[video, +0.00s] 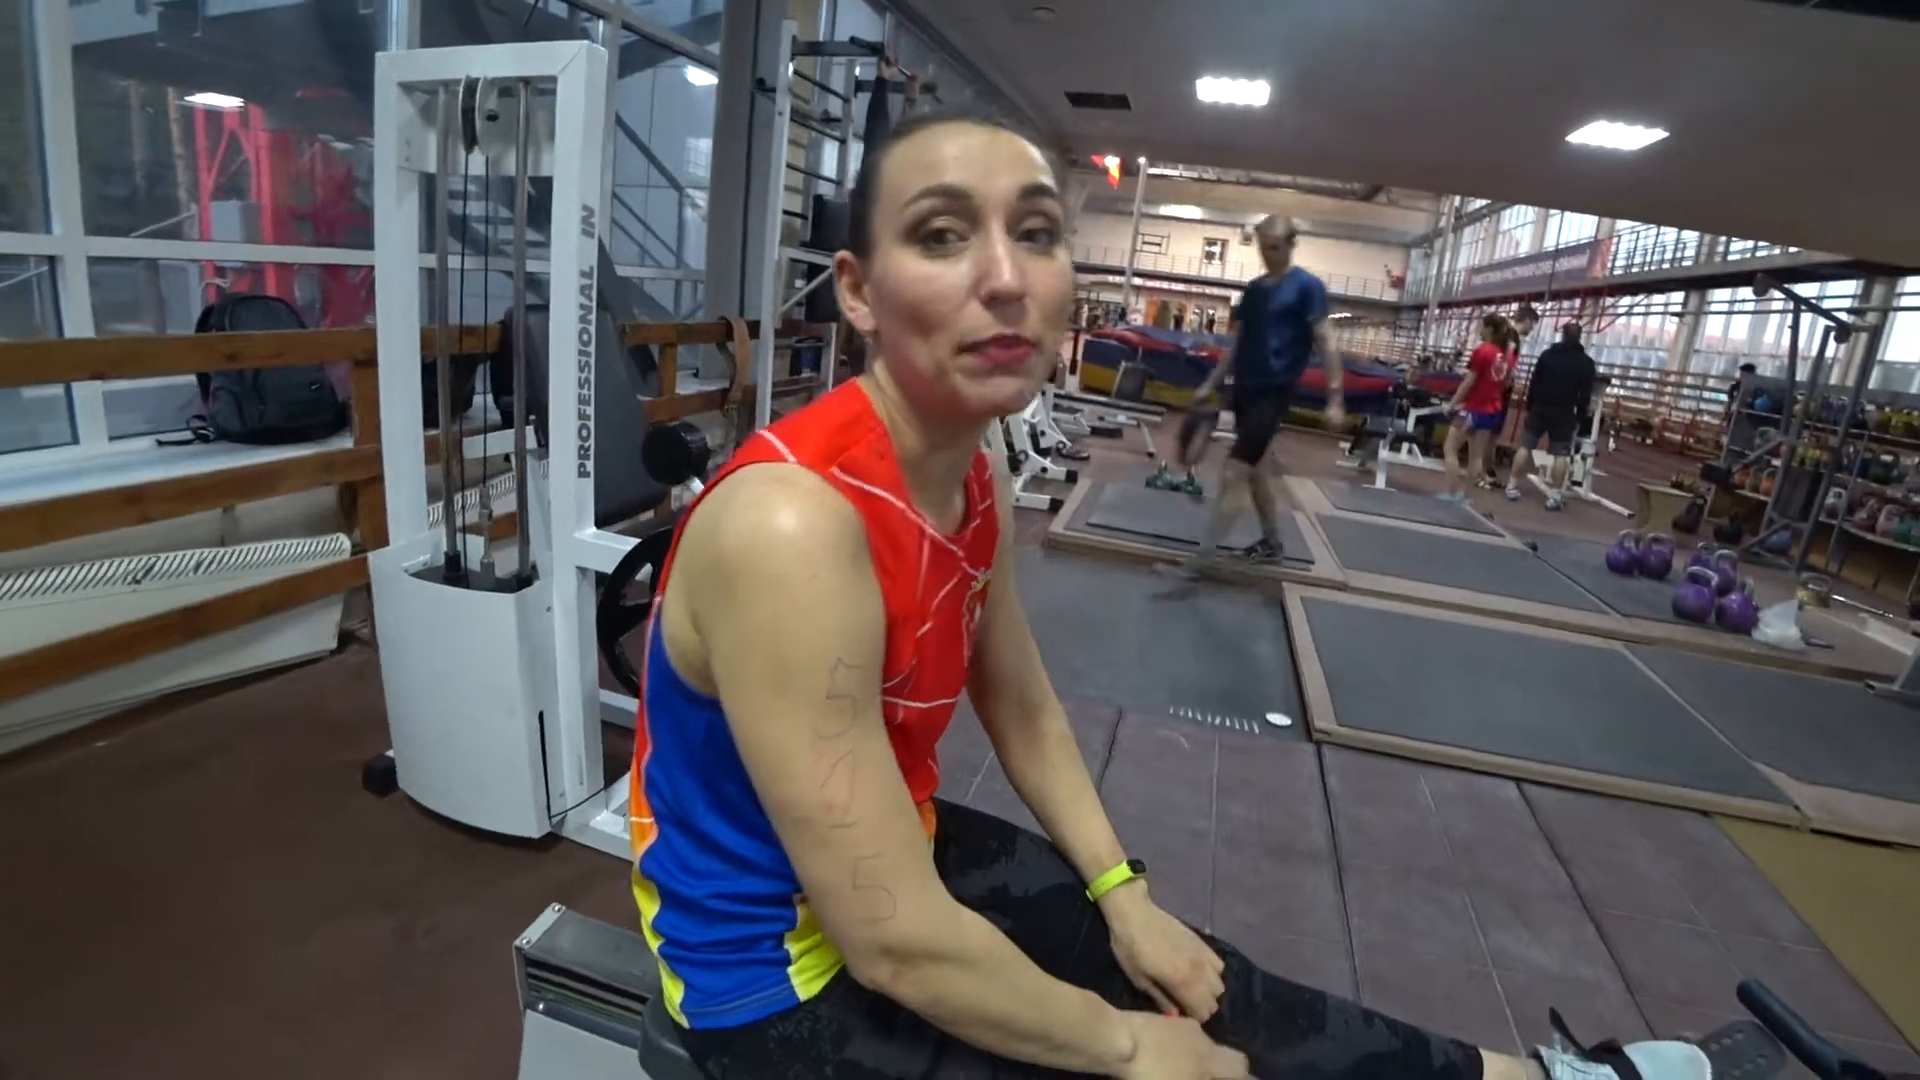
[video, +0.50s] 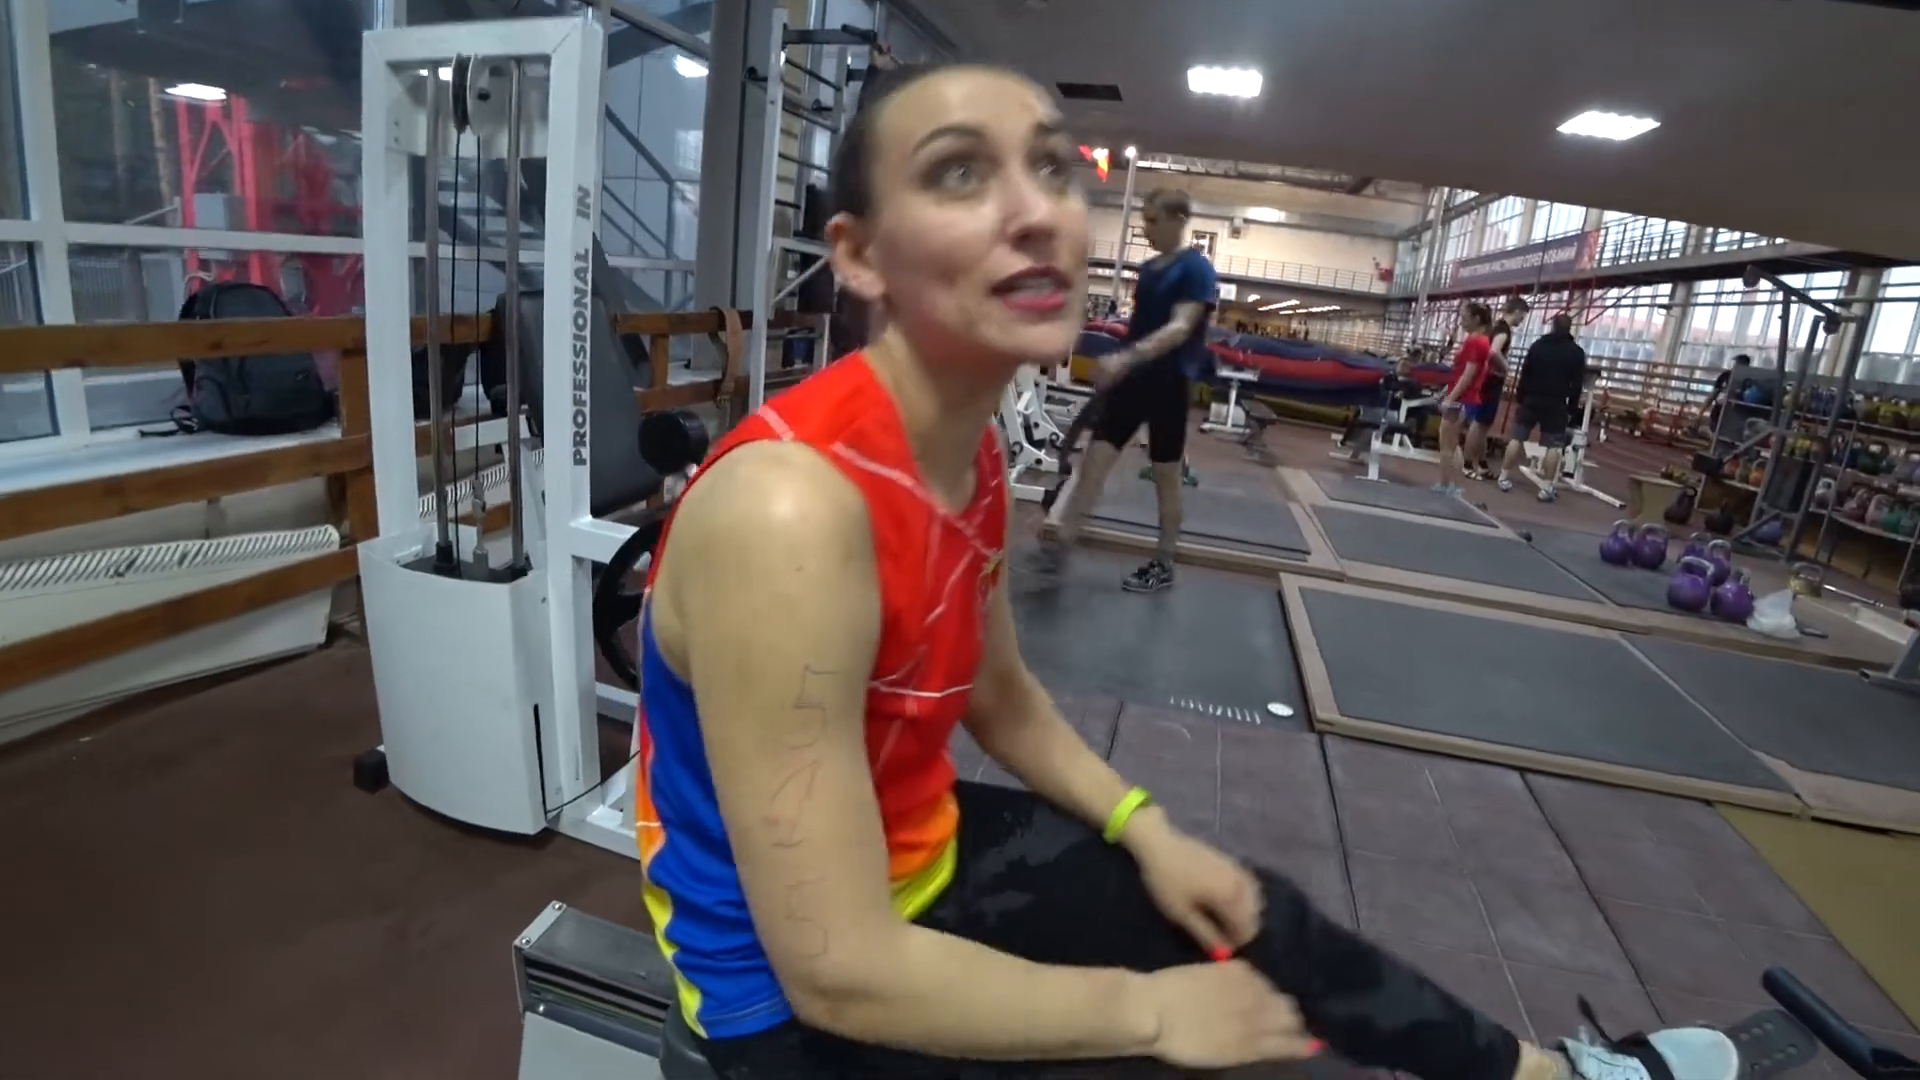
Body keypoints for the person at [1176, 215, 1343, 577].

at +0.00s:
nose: (1270, 253)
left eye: (1276, 246)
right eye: (1265, 246)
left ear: (1291, 245)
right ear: (1258, 245)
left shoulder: (1307, 287)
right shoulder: (1255, 289)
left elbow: (1327, 342)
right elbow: (1236, 345)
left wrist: (1335, 399)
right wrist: (1210, 384)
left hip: (1276, 391)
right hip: (1246, 388)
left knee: (1234, 469)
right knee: (1258, 468)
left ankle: (1204, 555)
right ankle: (1271, 541)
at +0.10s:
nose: (1244, 255)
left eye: (1251, 247)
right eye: (1239, 247)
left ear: (1267, 246)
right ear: (1233, 247)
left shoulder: (1281, 290)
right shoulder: (1229, 292)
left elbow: (1296, 348)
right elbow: (1210, 349)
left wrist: (1301, 402)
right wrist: (1180, 388)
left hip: (1248, 394)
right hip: (1218, 391)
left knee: (1212, 475)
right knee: (1227, 471)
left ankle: (1175, 566)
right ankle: (1262, 532)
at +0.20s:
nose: (1214, 251)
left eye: (1222, 244)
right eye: (1212, 243)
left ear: (1243, 243)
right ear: (1211, 243)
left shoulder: (1257, 288)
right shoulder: (1207, 290)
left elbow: (1264, 354)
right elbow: (1187, 350)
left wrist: (1258, 411)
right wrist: (1159, 389)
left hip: (1223, 397)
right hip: (1191, 393)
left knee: (1194, 483)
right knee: (1178, 475)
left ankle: (1164, 570)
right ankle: (1234, 516)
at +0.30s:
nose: (1191, 245)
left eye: (1198, 238)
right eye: (1189, 238)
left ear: (1220, 238)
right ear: (1189, 237)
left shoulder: (1234, 282)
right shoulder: (1187, 282)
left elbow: (1231, 349)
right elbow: (1171, 345)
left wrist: (1208, 404)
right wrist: (1146, 384)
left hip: (1200, 395)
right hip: (1168, 390)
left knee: (1184, 487)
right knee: (1139, 473)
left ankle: (1162, 571)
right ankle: (1191, 518)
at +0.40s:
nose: (1168, 239)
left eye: (1174, 231)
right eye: (1167, 231)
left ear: (1198, 229)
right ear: (1172, 230)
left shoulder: (1216, 275)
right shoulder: (1171, 275)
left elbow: (1203, 338)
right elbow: (1157, 334)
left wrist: (1162, 383)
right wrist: (1136, 376)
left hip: (1188, 388)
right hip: (1152, 380)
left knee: (1174, 478)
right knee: (1111, 458)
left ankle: (1164, 568)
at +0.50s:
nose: (1144, 229)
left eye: (1152, 221)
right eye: (1144, 221)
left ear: (1177, 221)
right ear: (1158, 222)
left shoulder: (1195, 267)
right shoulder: (1150, 270)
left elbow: (1182, 326)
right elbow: (1141, 327)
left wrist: (1125, 357)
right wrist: (1115, 369)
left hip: (1170, 381)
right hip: (1134, 376)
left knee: (1167, 473)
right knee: (1096, 458)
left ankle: (1164, 563)